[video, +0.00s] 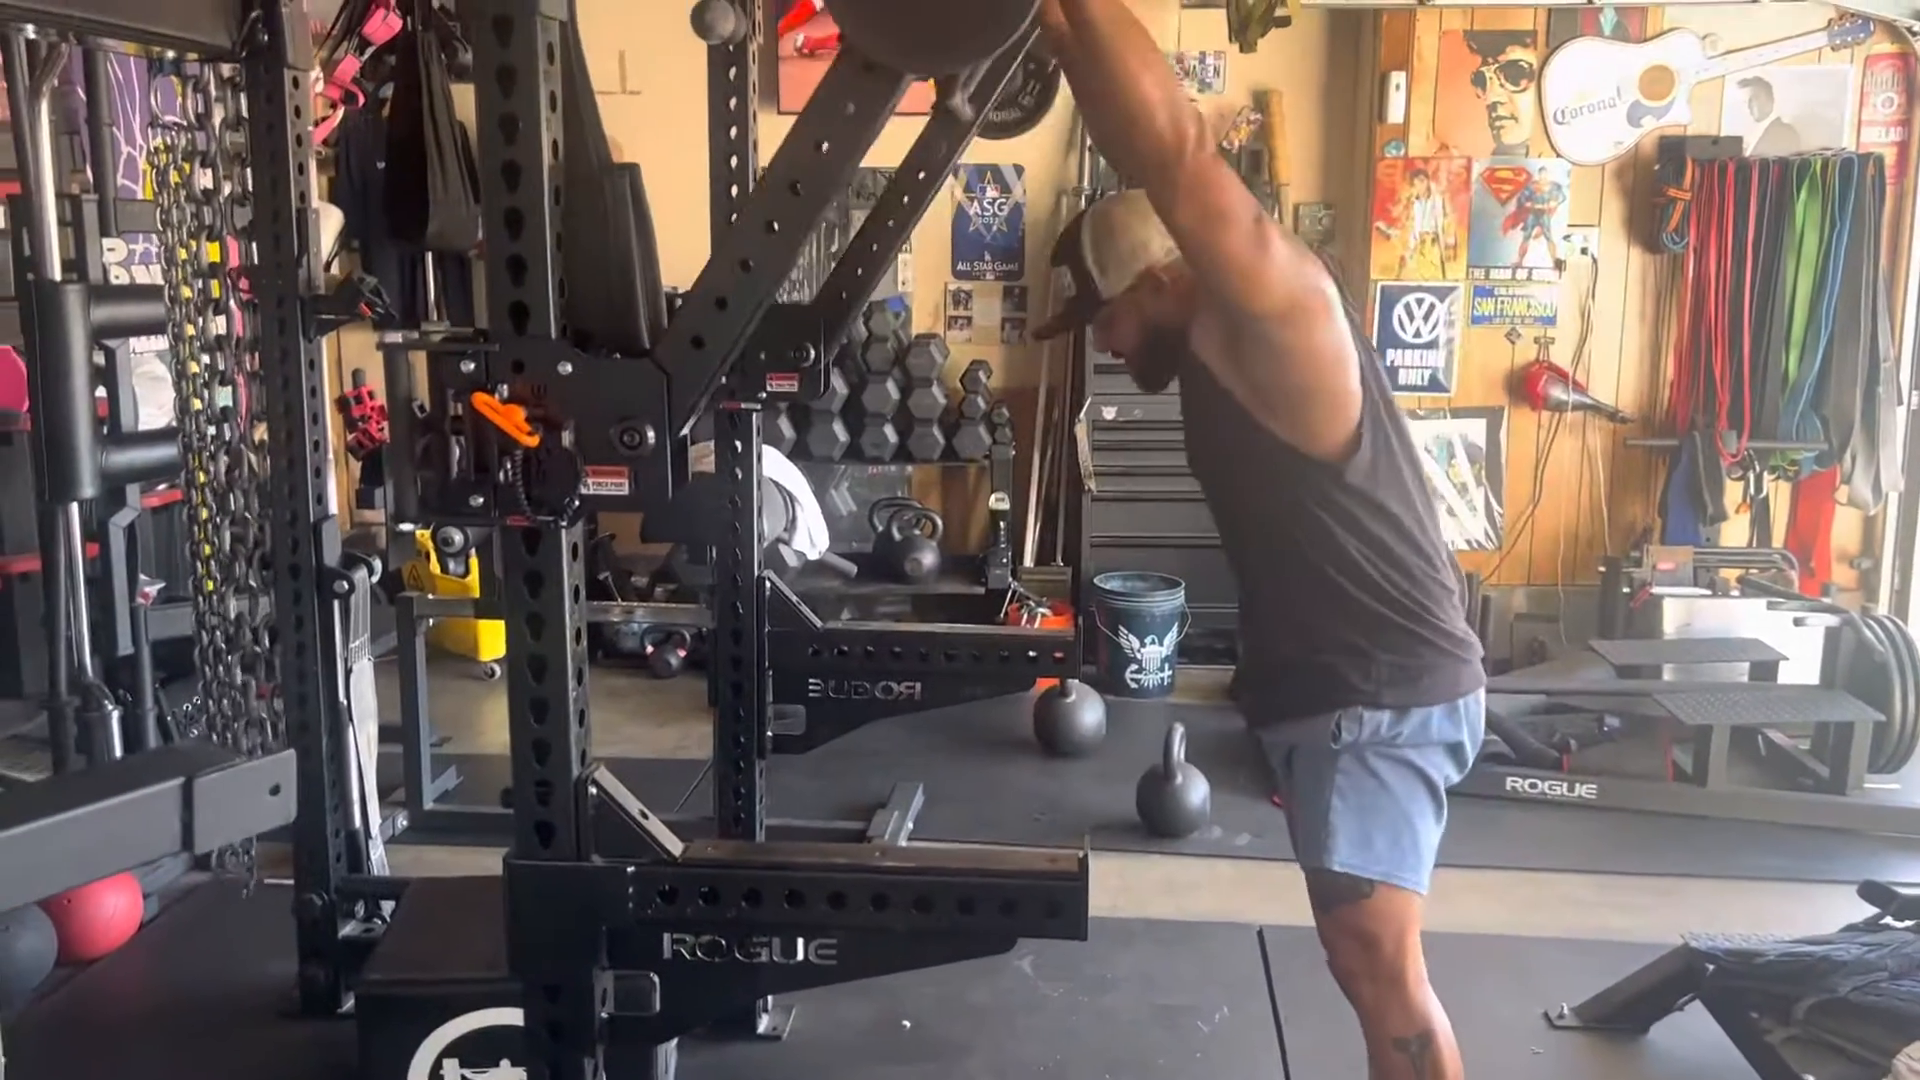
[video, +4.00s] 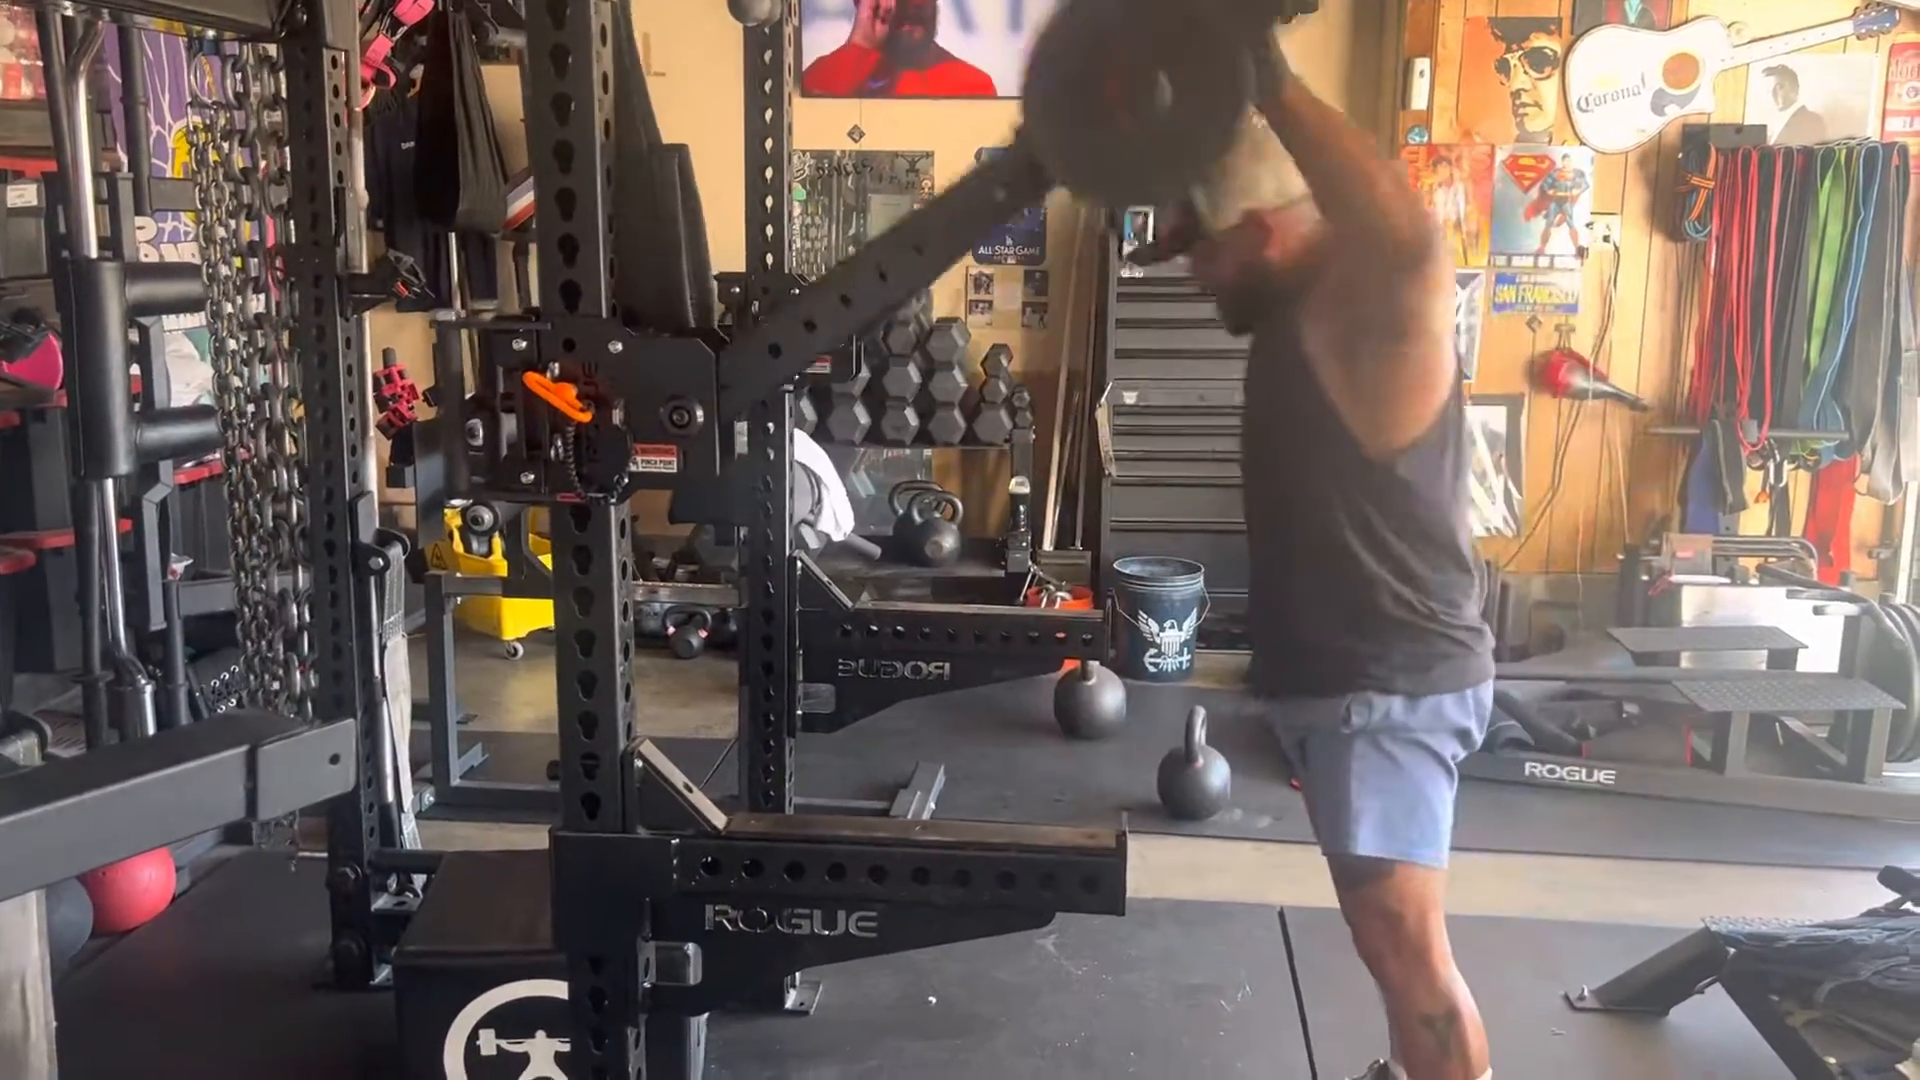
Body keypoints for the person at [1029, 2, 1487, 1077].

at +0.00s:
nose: (1106, 343)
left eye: (1107, 315)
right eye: (1096, 324)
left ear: (1159, 274)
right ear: (1159, 276)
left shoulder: (1270, 300)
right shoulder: (1226, 335)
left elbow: (1171, 145)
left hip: (1381, 693)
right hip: (1328, 687)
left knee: (1375, 959)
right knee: (1367, 951)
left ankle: (1420, 1068)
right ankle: (1408, 1061)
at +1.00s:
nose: (1372, 310)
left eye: (1388, 288)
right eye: (1373, 288)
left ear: (1467, 302)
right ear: (1466, 304)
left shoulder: (1559, 417)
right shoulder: (1462, 402)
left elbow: (1453, 608)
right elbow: (1350, 517)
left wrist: (1261, 718)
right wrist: (1216, 578)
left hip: (1629, 750)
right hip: (1523, 724)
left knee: (1453, 987)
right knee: (1405, 876)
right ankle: (1444, 1047)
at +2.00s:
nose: (1177, 253)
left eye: (1193, 228)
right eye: (1179, 230)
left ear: (1250, 221)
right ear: (1248, 227)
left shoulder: (1332, 290)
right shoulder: (1277, 304)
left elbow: (1311, 167)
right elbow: (1212, 196)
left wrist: (1189, 8)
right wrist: (1166, 98)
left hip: (1402, 696)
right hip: (1366, 692)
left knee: (1424, 971)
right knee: (1413, 962)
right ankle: (1438, 1069)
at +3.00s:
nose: (1420, 267)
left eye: (1433, 241)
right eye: (1419, 243)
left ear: (1516, 236)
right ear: (1514, 238)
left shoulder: (1606, 342)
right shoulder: (1518, 339)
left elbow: (1534, 510)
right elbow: (1422, 417)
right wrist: (1296, 461)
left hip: (1594, 715)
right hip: (1499, 693)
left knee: (1461, 950)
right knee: (1414, 862)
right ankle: (1441, 1056)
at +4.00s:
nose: (1192, 269)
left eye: (1202, 238)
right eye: (1185, 242)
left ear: (1270, 216)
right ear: (1270, 221)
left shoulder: (1372, 296)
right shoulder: (1301, 311)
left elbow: (1404, 229)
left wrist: (1267, 76)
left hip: (1386, 689)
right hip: (1342, 680)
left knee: (1408, 949)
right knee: (1388, 924)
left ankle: (1447, 1071)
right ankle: (1420, 1059)